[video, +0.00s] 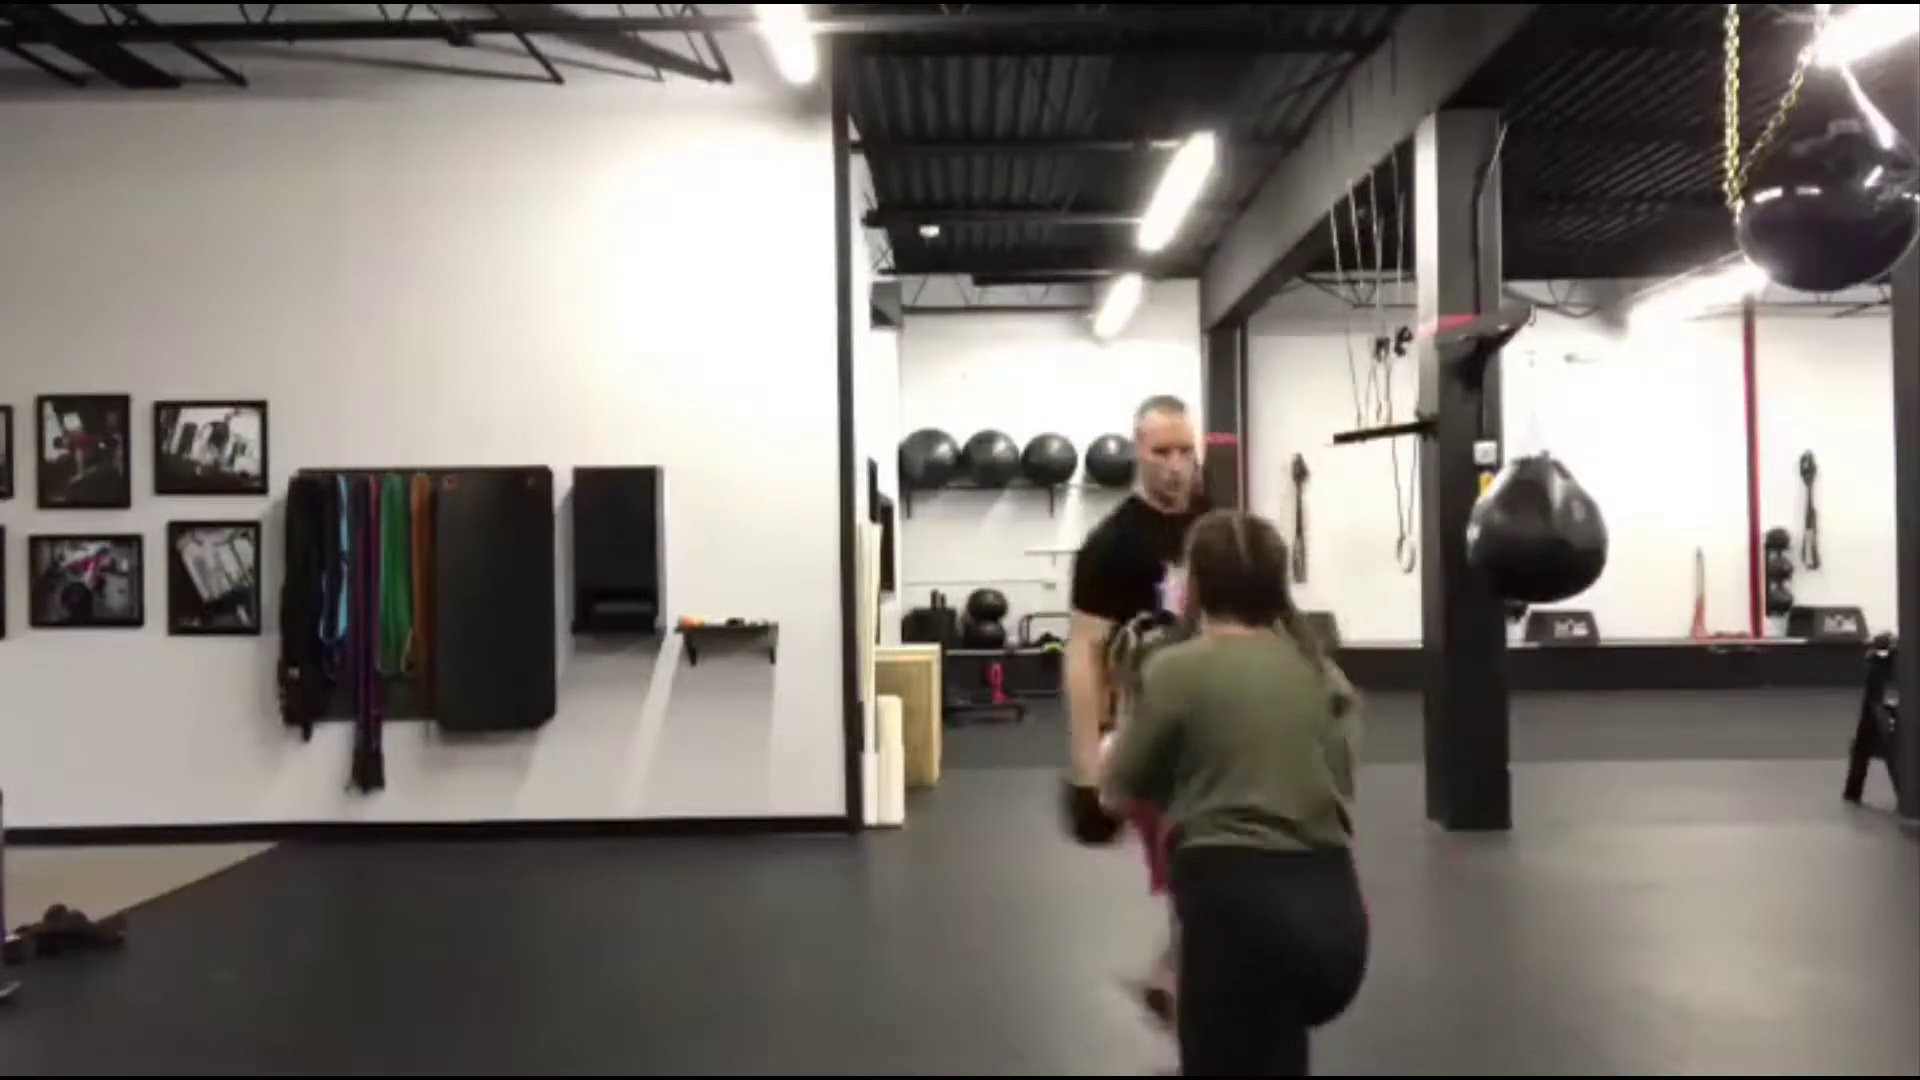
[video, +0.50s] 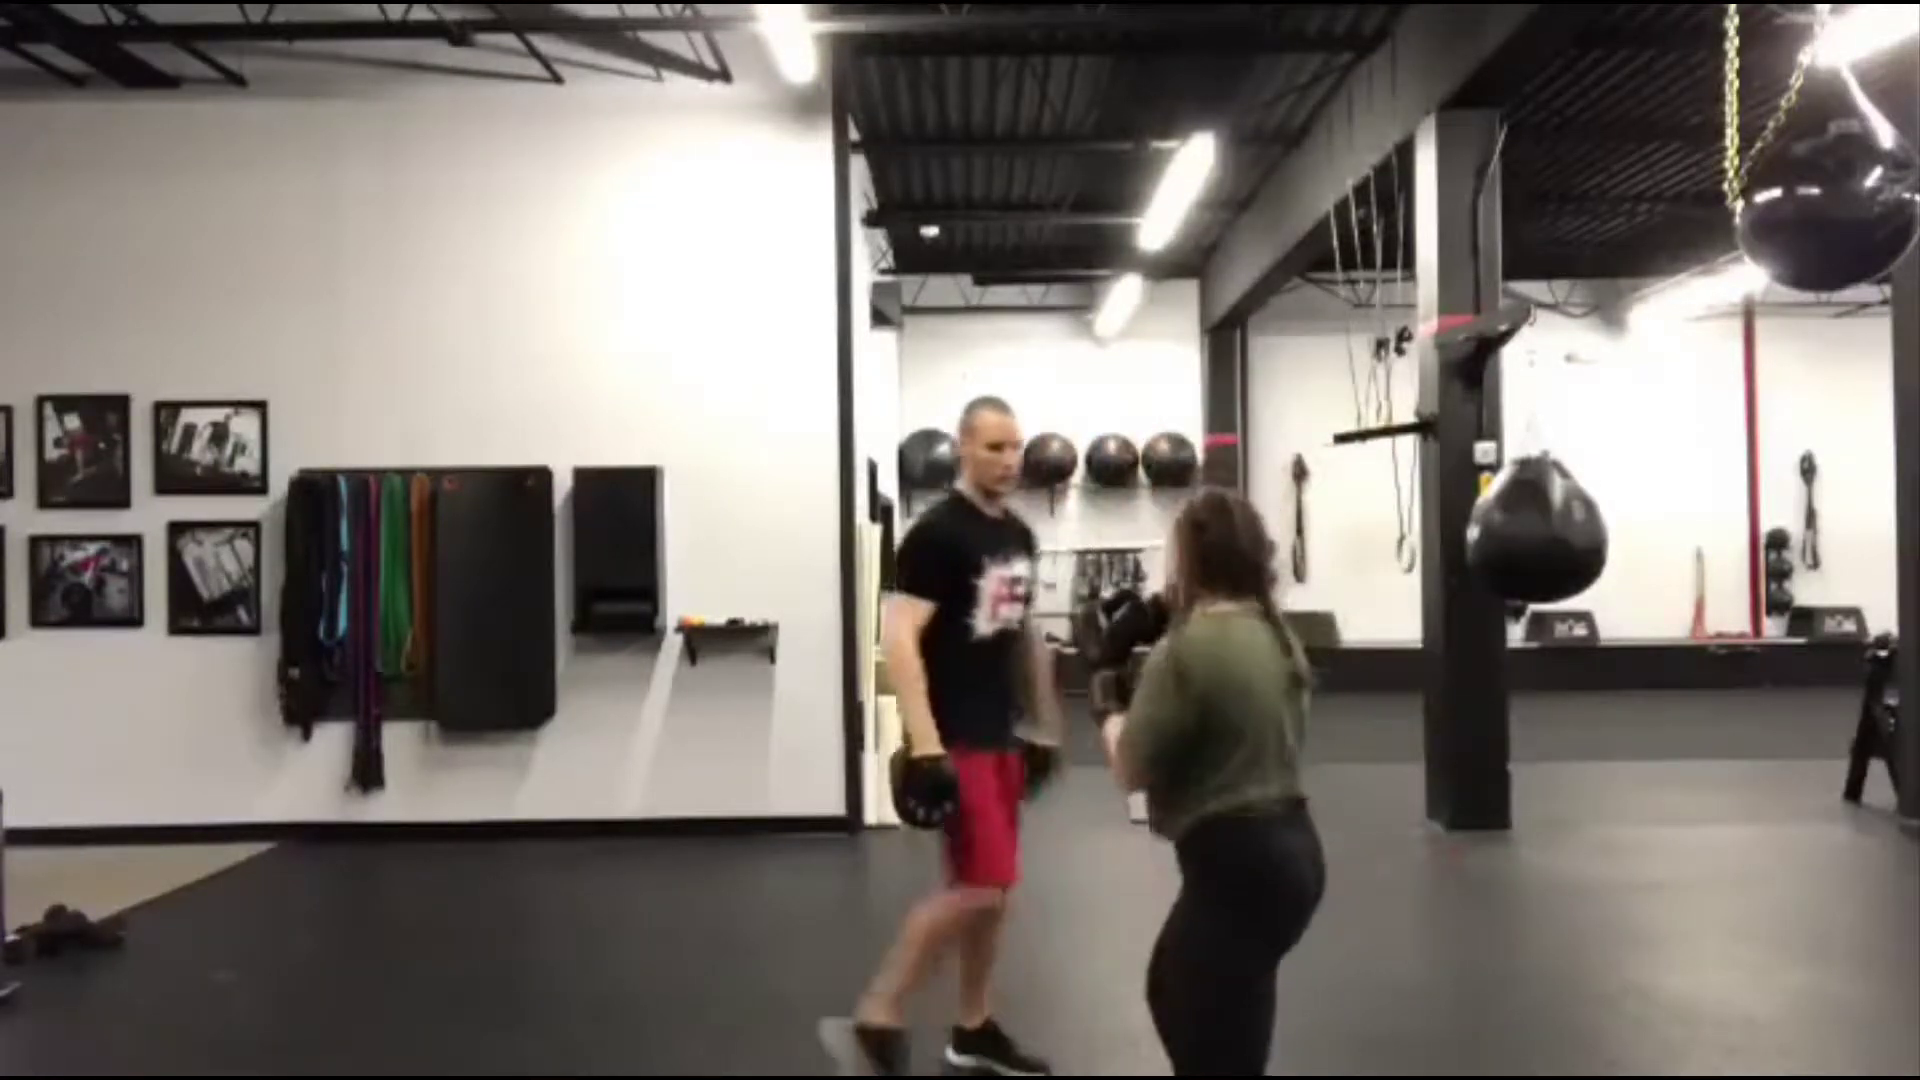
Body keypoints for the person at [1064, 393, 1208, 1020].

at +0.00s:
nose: (1174, 466)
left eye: (1184, 451)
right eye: (1160, 453)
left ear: (1200, 451)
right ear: (1136, 456)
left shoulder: (1222, 527)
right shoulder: (1113, 541)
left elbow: (1258, 625)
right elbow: (1086, 648)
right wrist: (1087, 764)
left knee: (1236, 851)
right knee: (1187, 863)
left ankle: (1179, 976)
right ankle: (1173, 977)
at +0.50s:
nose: (1009, 461)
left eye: (1016, 448)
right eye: (994, 447)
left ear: (1022, 452)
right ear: (960, 449)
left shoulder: (1015, 537)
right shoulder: (936, 534)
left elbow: (1027, 639)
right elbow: (898, 639)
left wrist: (1044, 727)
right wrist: (924, 748)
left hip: (1003, 736)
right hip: (954, 739)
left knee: (992, 887)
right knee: (979, 886)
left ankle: (974, 1026)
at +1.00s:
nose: (858, 470)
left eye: (863, 458)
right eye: (845, 457)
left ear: (862, 464)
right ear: (806, 459)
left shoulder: (855, 546)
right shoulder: (772, 545)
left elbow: (857, 651)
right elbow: (766, 660)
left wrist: (890, 722)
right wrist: (857, 727)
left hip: (829, 755)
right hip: (768, 759)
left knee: (828, 882)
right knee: (768, 912)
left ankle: (770, 997)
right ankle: (750, 1058)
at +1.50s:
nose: (795, 489)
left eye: (800, 478)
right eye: (784, 476)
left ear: (798, 480)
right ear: (747, 475)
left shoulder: (775, 555)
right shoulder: (712, 550)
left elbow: (783, 651)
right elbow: (664, 645)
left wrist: (845, 634)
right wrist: (751, 701)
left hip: (728, 744)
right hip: (709, 748)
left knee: (693, 881)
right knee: (749, 893)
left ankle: (645, 1012)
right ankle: (755, 1061)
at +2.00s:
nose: (801, 497)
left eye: (806, 485)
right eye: (792, 483)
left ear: (792, 487)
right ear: (750, 478)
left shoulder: (760, 558)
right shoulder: (720, 556)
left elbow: (788, 655)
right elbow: (733, 654)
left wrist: (831, 605)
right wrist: (811, 593)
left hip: (709, 754)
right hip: (701, 758)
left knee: (694, 882)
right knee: (760, 903)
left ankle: (636, 1000)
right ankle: (761, 1066)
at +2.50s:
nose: (776, 502)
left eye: (780, 491)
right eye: (764, 489)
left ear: (768, 496)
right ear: (725, 490)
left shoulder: (733, 565)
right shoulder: (694, 564)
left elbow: (755, 663)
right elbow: (680, 667)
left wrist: (794, 613)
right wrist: (761, 612)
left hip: (678, 754)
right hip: (675, 760)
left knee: (669, 888)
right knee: (740, 903)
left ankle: (618, 1010)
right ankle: (733, 1065)